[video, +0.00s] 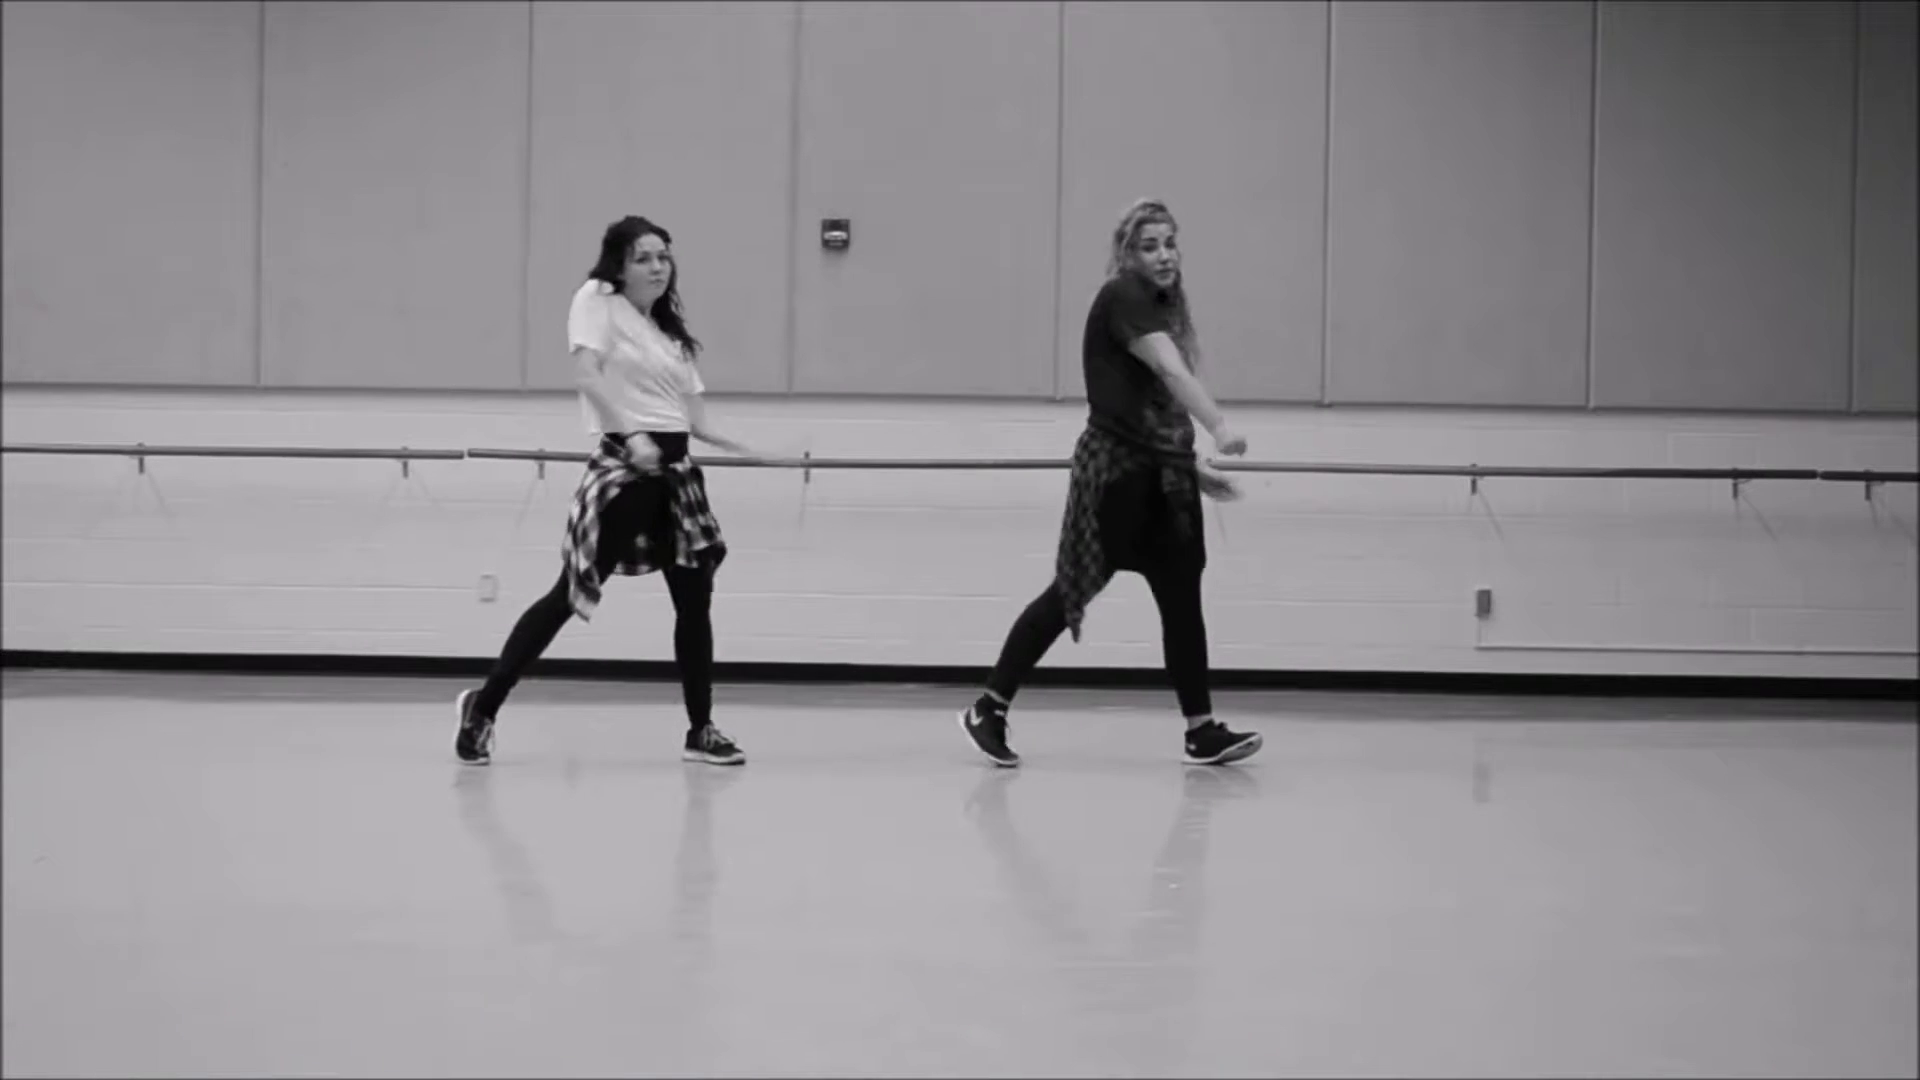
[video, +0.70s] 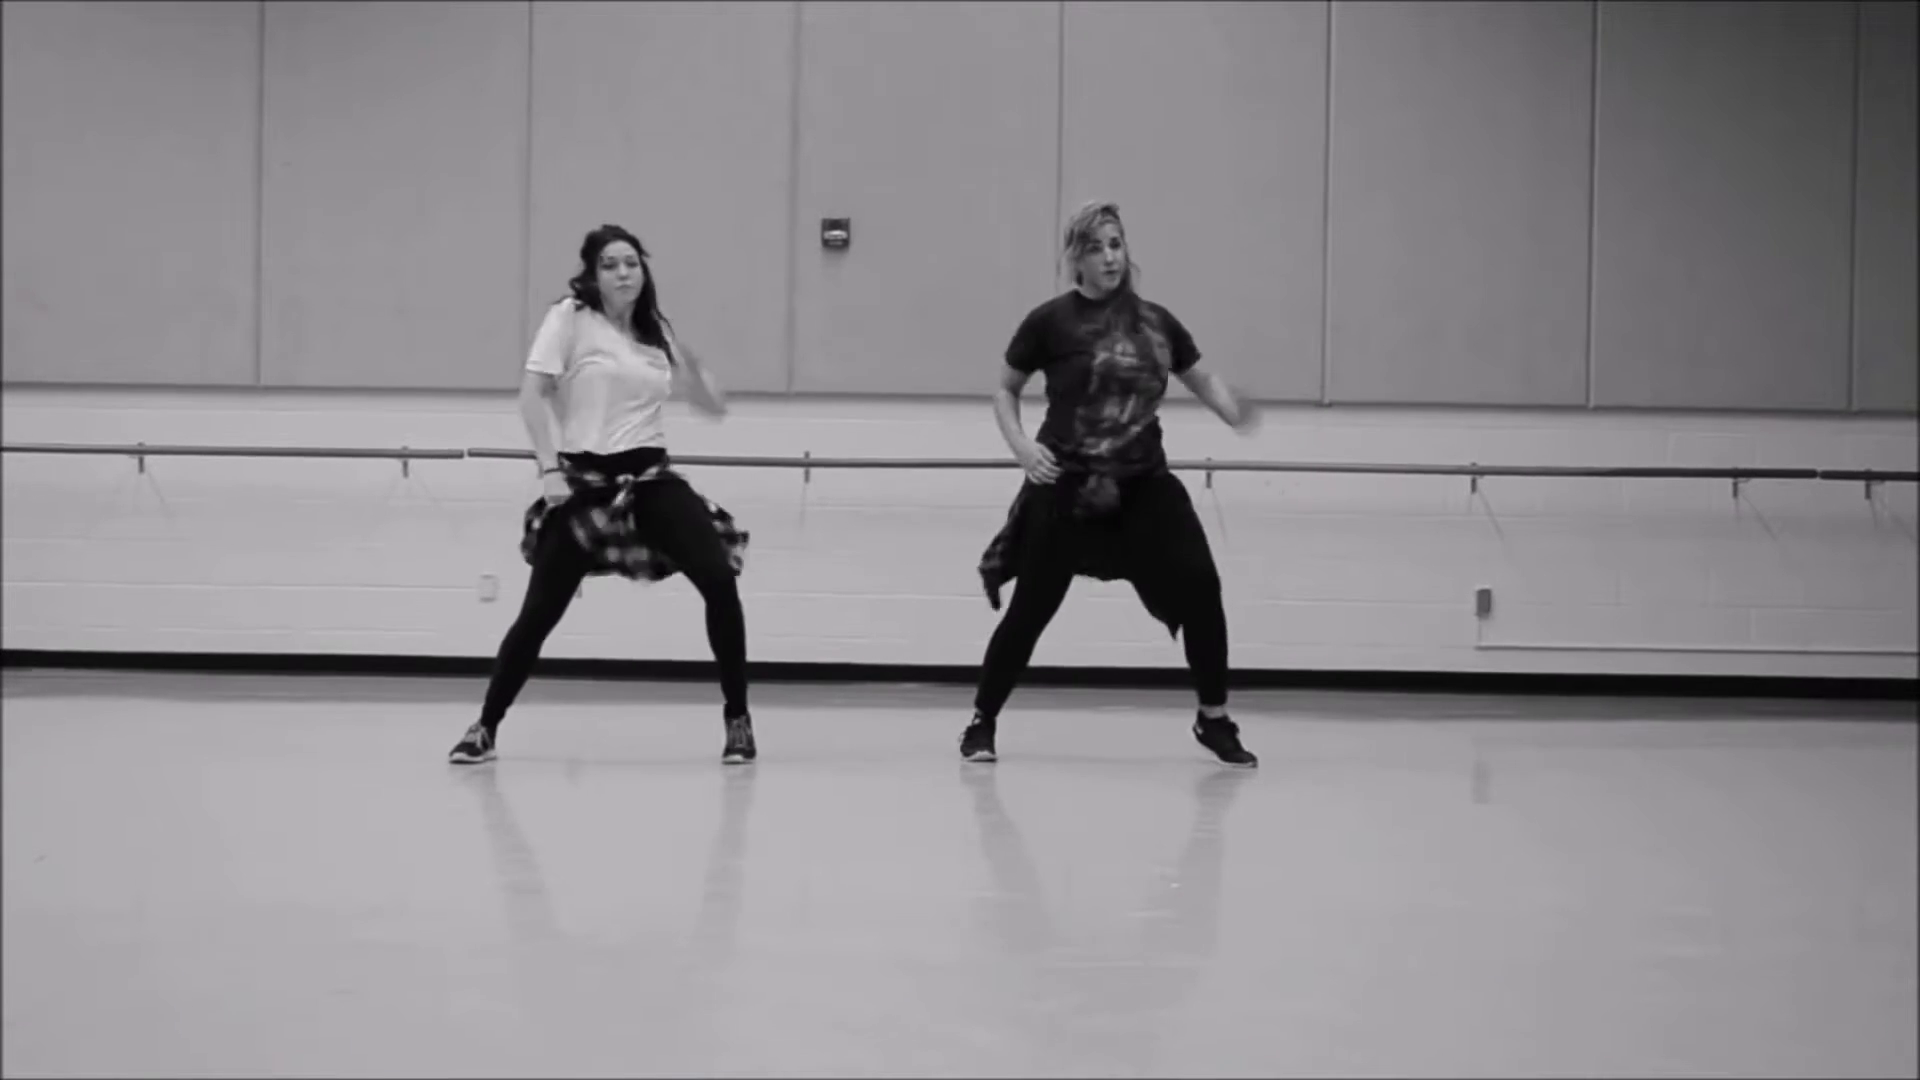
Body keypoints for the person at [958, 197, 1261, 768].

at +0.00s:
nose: (1164, 254)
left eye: (1170, 244)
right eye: (1150, 246)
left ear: (1178, 249)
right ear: (1127, 254)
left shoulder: (1169, 307)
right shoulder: (1123, 297)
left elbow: (1163, 403)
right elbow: (1169, 370)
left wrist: (1191, 464)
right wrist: (1219, 426)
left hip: (1165, 472)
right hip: (1114, 469)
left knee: (1181, 601)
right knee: (1072, 591)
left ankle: (1201, 729)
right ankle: (989, 706)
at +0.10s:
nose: (1161, 257)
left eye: (1168, 246)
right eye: (1147, 249)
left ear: (1176, 252)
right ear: (1124, 257)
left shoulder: (1168, 308)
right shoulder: (1118, 302)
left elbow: (1164, 394)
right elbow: (1139, 386)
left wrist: (1189, 448)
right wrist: (1192, 441)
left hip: (1156, 477)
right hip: (1102, 476)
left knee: (1175, 600)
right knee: (1067, 600)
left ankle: (1200, 728)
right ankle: (988, 703)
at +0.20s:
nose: (1155, 259)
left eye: (1162, 249)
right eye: (1143, 251)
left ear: (1172, 255)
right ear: (1122, 260)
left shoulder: (1165, 316)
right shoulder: (1105, 311)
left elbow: (1162, 407)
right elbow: (1083, 397)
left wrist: (1220, 420)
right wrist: (1118, 464)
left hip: (1150, 471)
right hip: (1087, 469)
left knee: (1174, 601)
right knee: (1051, 606)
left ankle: (1201, 729)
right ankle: (987, 720)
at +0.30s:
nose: (1143, 260)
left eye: (1151, 249)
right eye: (1130, 250)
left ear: (1161, 257)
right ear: (1108, 259)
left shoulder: (1155, 316)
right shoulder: (1075, 308)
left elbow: (1184, 386)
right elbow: (1013, 378)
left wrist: (1199, 375)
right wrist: (1042, 448)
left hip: (1143, 488)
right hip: (1068, 485)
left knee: (1181, 609)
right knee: (1028, 612)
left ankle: (1211, 725)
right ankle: (984, 723)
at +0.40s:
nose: (1125, 265)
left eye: (1132, 254)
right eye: (1112, 255)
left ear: (1142, 261)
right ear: (1089, 262)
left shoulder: (1152, 321)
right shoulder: (1048, 320)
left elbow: (1201, 379)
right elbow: (1008, 389)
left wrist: (1127, 361)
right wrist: (1027, 439)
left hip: (1134, 488)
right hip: (1055, 489)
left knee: (1184, 600)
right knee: (1027, 611)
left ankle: (1225, 715)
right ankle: (985, 723)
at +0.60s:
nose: (1108, 257)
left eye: (1115, 246)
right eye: (1096, 248)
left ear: (1126, 253)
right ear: (1074, 257)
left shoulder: (1151, 318)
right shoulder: (1043, 327)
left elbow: (1208, 385)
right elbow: (1024, 399)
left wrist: (1150, 371)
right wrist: (1018, 446)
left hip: (1141, 491)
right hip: (1063, 492)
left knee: (1195, 591)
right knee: (1033, 608)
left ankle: (1212, 719)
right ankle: (984, 723)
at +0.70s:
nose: (1110, 256)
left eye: (1116, 245)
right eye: (1096, 248)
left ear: (1127, 252)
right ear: (1076, 259)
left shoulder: (1155, 322)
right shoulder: (1050, 322)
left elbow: (1204, 380)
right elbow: (1005, 391)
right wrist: (1020, 446)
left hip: (1144, 484)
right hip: (1066, 485)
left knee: (1201, 589)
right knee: (1033, 606)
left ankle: (1214, 719)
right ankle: (983, 722)